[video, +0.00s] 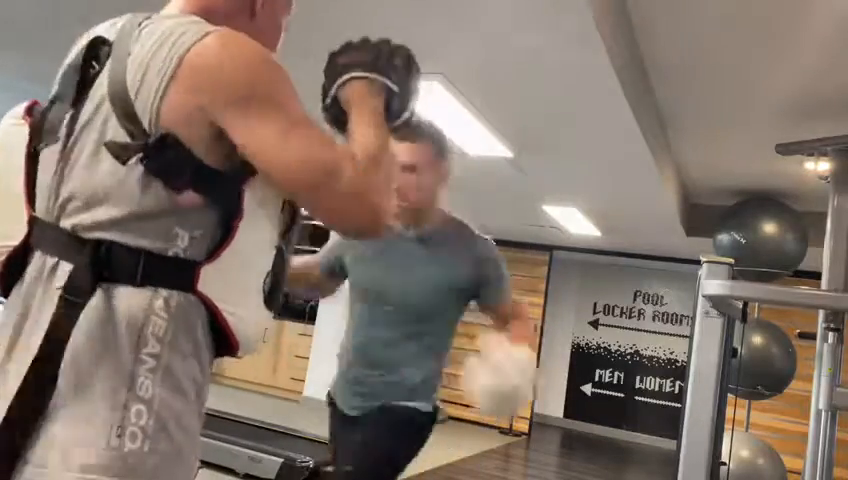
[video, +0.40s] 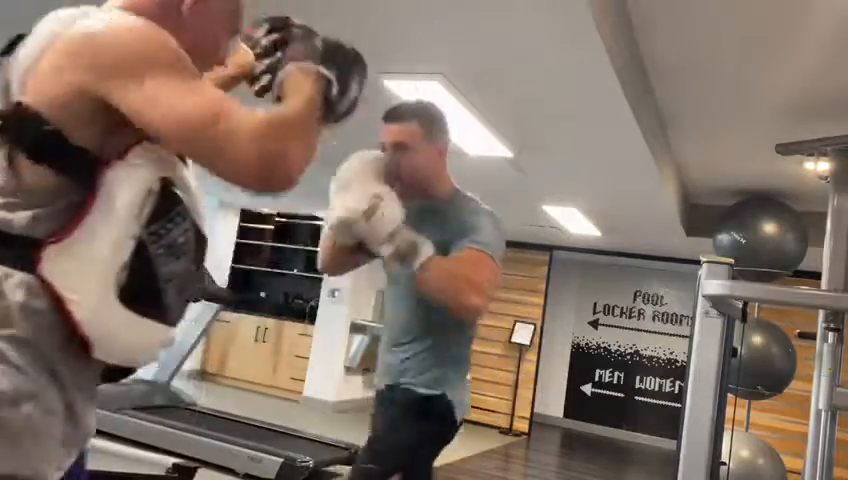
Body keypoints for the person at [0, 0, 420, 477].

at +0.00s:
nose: (284, 29)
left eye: (286, 15)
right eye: (285, 13)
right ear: (260, 3)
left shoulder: (102, 43)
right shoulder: (226, 61)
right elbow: (364, 207)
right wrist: (366, 90)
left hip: (32, 313)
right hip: (127, 344)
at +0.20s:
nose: (296, 53)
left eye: (303, 36)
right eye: (299, 29)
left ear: (203, 8)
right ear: (260, 20)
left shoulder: (128, 52)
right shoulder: (198, 68)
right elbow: (308, 232)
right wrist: (369, 147)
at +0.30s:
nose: (270, 51)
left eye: (276, 33)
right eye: (270, 28)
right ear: (234, 17)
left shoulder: (119, 46)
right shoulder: (156, 55)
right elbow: (257, 207)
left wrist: (257, 77)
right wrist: (337, 132)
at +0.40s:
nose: (239, 31)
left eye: (241, 18)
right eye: (236, 15)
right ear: (192, 3)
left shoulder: (81, 30)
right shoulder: (115, 41)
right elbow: (272, 160)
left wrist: (230, 70)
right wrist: (307, 75)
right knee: (28, 465)